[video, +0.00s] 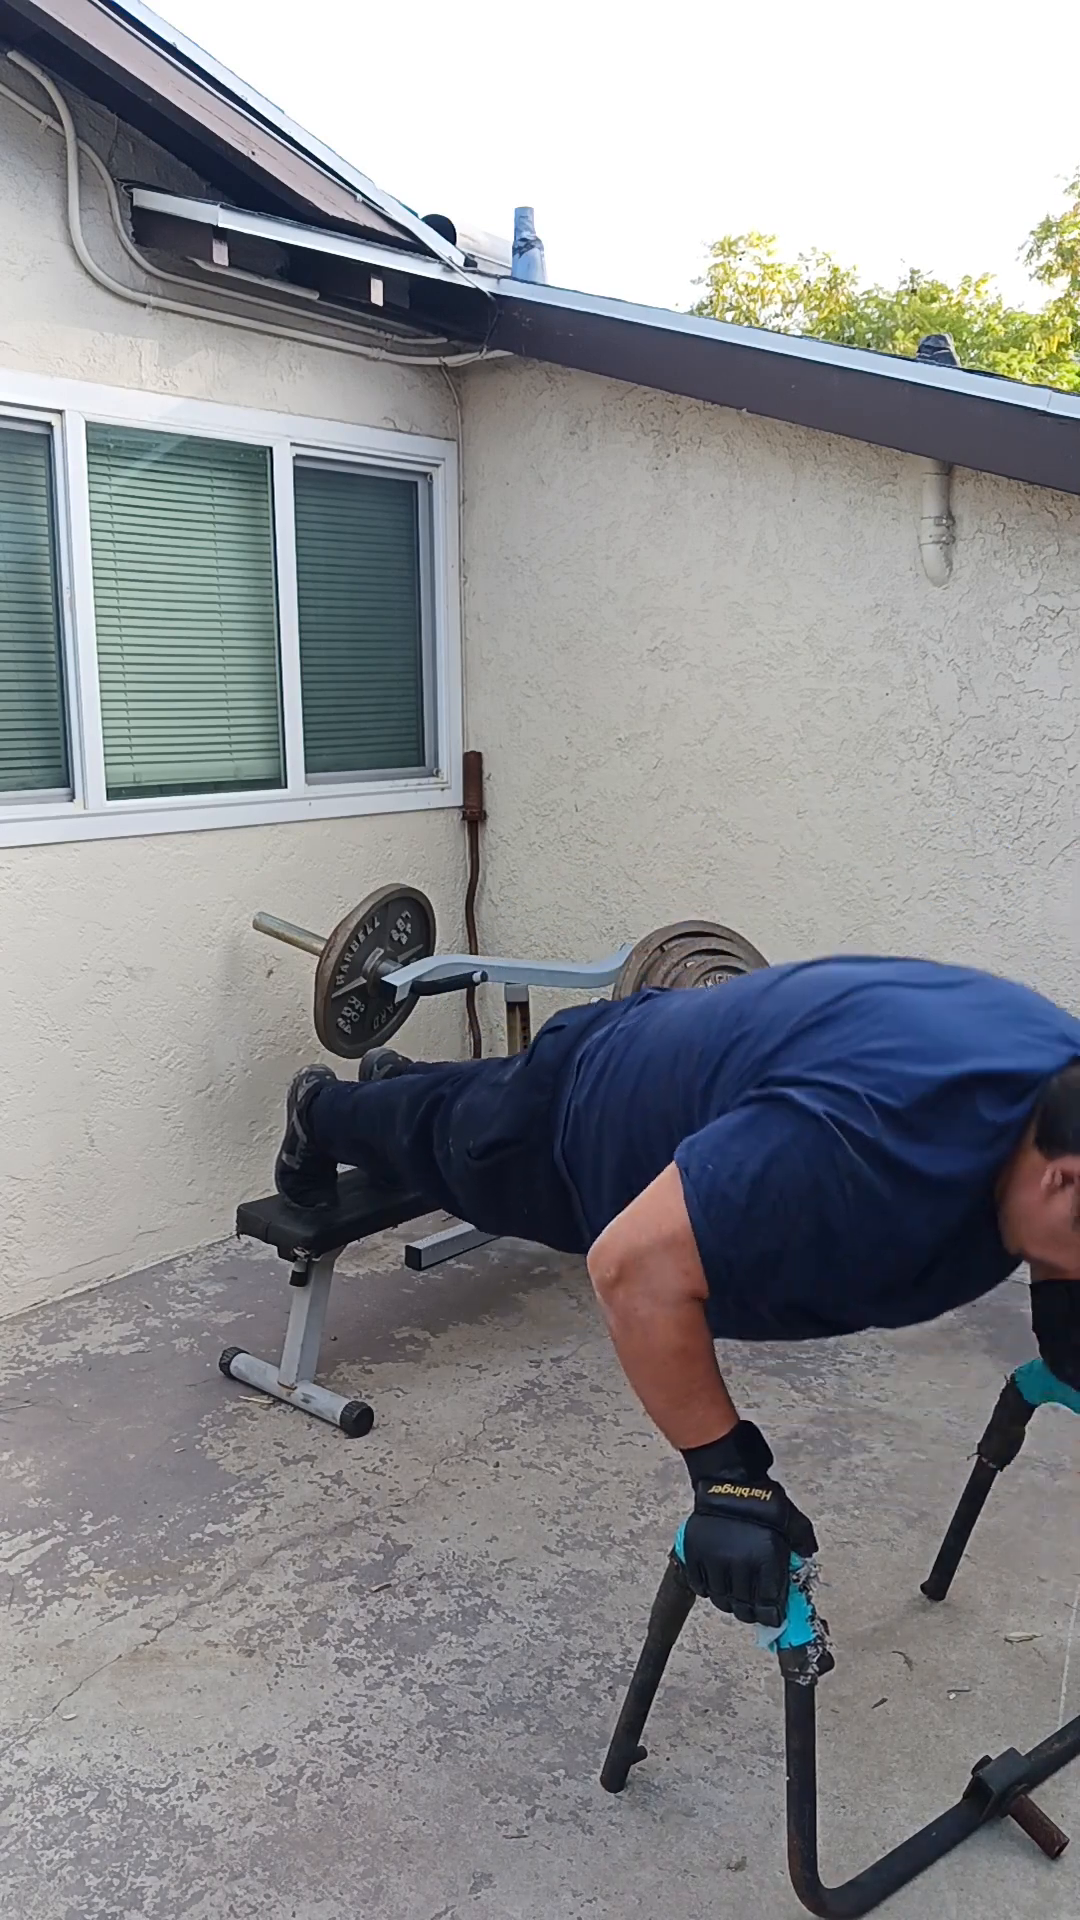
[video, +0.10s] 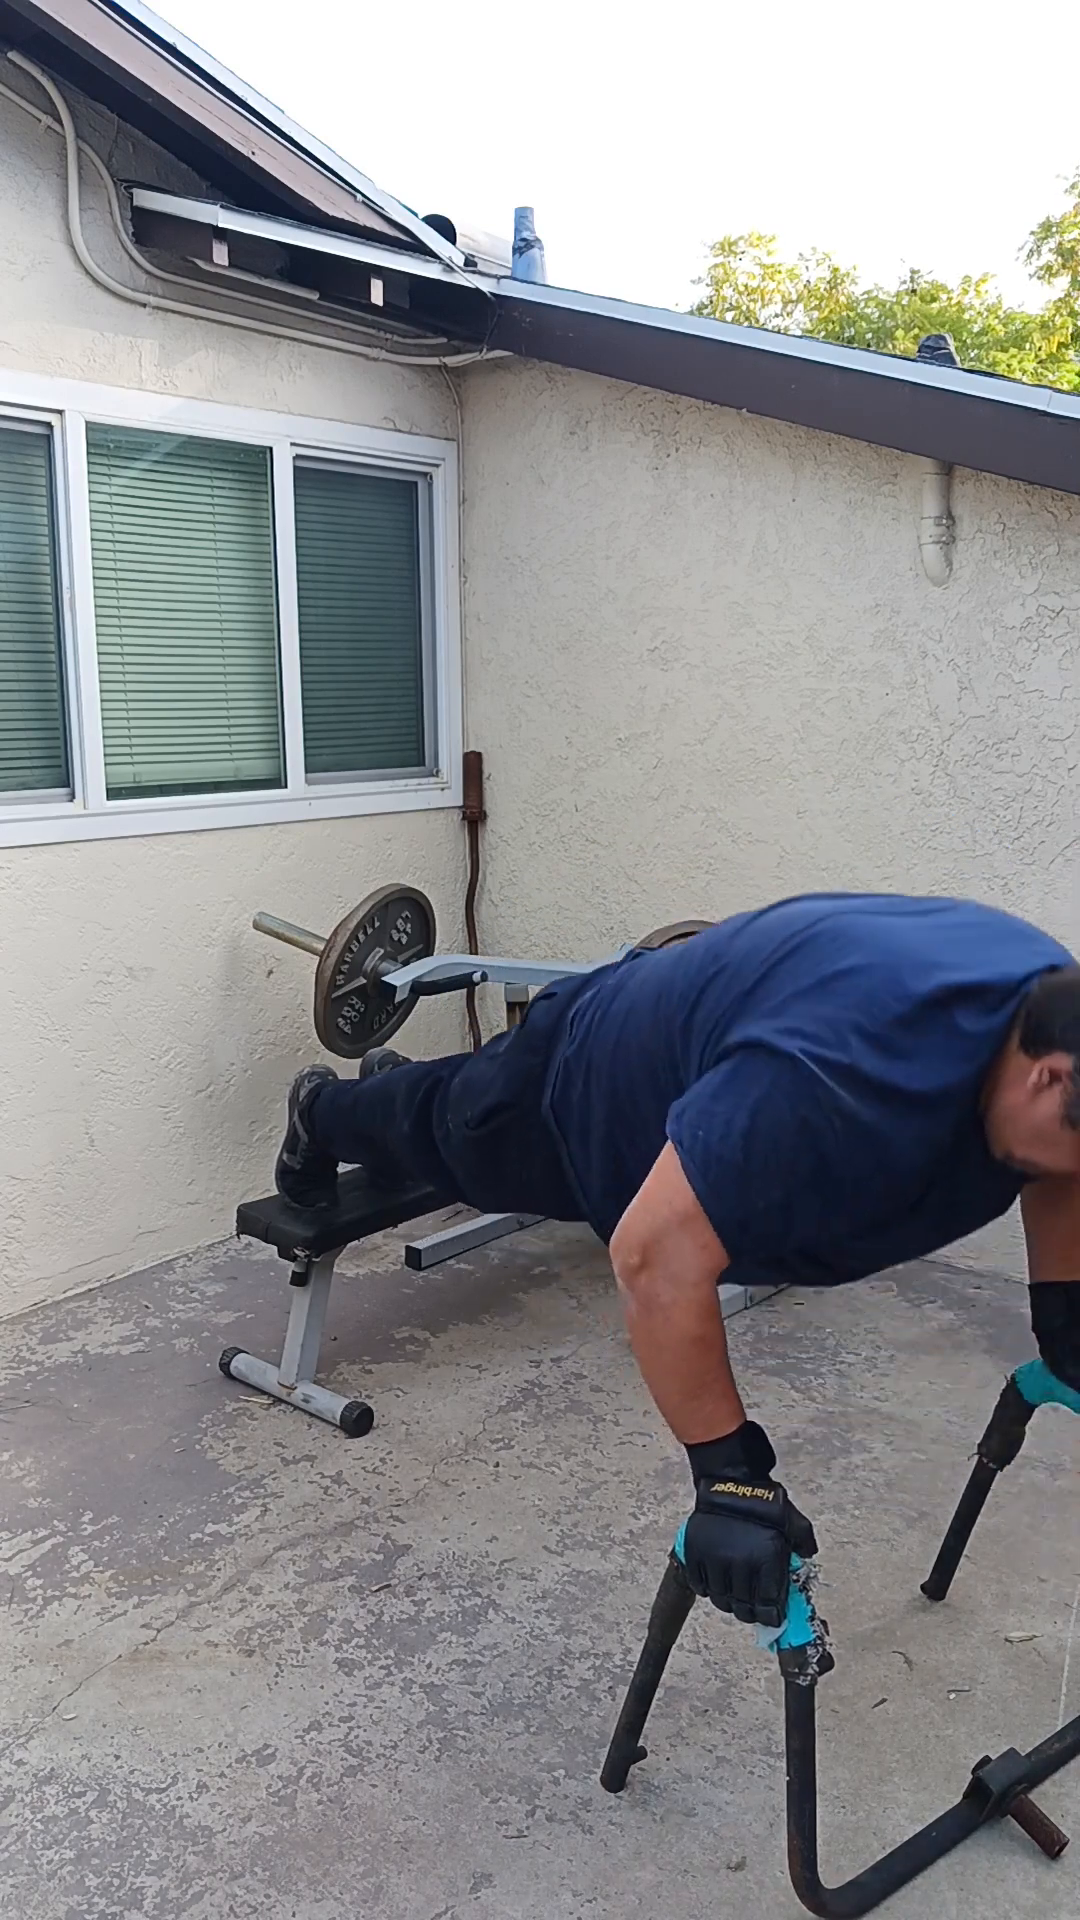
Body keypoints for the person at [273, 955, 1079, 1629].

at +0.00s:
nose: (1062, 1266)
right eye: (1074, 1240)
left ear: (1064, 1170)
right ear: (1055, 1179)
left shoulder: (1059, 1082)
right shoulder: (840, 1148)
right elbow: (633, 1269)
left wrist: (1059, 1324)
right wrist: (729, 1474)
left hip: (730, 1019)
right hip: (605, 1094)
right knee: (451, 1125)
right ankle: (324, 1115)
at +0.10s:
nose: (1054, 1173)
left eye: (1072, 1164)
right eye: (1064, 1147)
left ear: (1057, 1073)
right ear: (1040, 1078)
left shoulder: (1050, 1008)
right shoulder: (826, 1081)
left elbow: (1057, 1175)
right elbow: (655, 1259)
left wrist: (1059, 1318)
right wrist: (731, 1475)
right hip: (604, 1065)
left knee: (512, 1118)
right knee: (449, 1114)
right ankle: (324, 1112)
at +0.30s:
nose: (1056, 1039)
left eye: (1073, 1023)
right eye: (1061, 1009)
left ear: (1032, 937)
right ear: (1019, 935)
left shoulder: (1026, 962)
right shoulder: (818, 974)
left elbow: (1043, 1147)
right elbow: (732, 1226)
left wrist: (1059, 1321)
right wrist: (741, 1474)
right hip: (601, 1018)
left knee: (515, 1116)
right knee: (444, 1088)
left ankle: (410, 1142)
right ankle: (320, 1115)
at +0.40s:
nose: (1055, 1018)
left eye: (1073, 1003)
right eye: (1057, 989)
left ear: (1019, 909)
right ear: (1010, 913)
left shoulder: (1024, 962)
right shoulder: (818, 963)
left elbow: (1040, 1153)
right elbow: (741, 1226)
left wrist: (1059, 1323)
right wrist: (741, 1472)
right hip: (606, 999)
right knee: (447, 1082)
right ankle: (318, 1115)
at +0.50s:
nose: (1054, 1023)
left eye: (1072, 1007)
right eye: (1055, 993)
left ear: (1020, 915)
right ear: (1011, 918)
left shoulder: (1023, 958)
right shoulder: (818, 974)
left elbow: (1039, 1151)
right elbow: (736, 1223)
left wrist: (1059, 1321)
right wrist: (740, 1472)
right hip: (600, 995)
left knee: (516, 1100)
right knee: (440, 1078)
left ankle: (394, 1127)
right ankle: (317, 1114)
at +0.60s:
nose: (1055, 1027)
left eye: (1072, 1011)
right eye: (1056, 997)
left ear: (1022, 921)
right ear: (1012, 923)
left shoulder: (1021, 957)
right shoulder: (818, 975)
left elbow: (1040, 1153)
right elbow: (736, 1223)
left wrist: (1060, 1327)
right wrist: (741, 1472)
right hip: (605, 994)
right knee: (450, 1082)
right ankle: (320, 1112)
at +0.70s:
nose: (1055, 1028)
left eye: (1072, 1012)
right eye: (1058, 998)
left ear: (1028, 923)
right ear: (1017, 924)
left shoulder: (1024, 960)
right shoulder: (820, 977)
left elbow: (1043, 1150)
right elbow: (732, 1224)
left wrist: (1060, 1325)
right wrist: (741, 1472)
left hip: (745, 1015)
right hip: (608, 1002)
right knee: (453, 1085)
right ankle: (322, 1113)